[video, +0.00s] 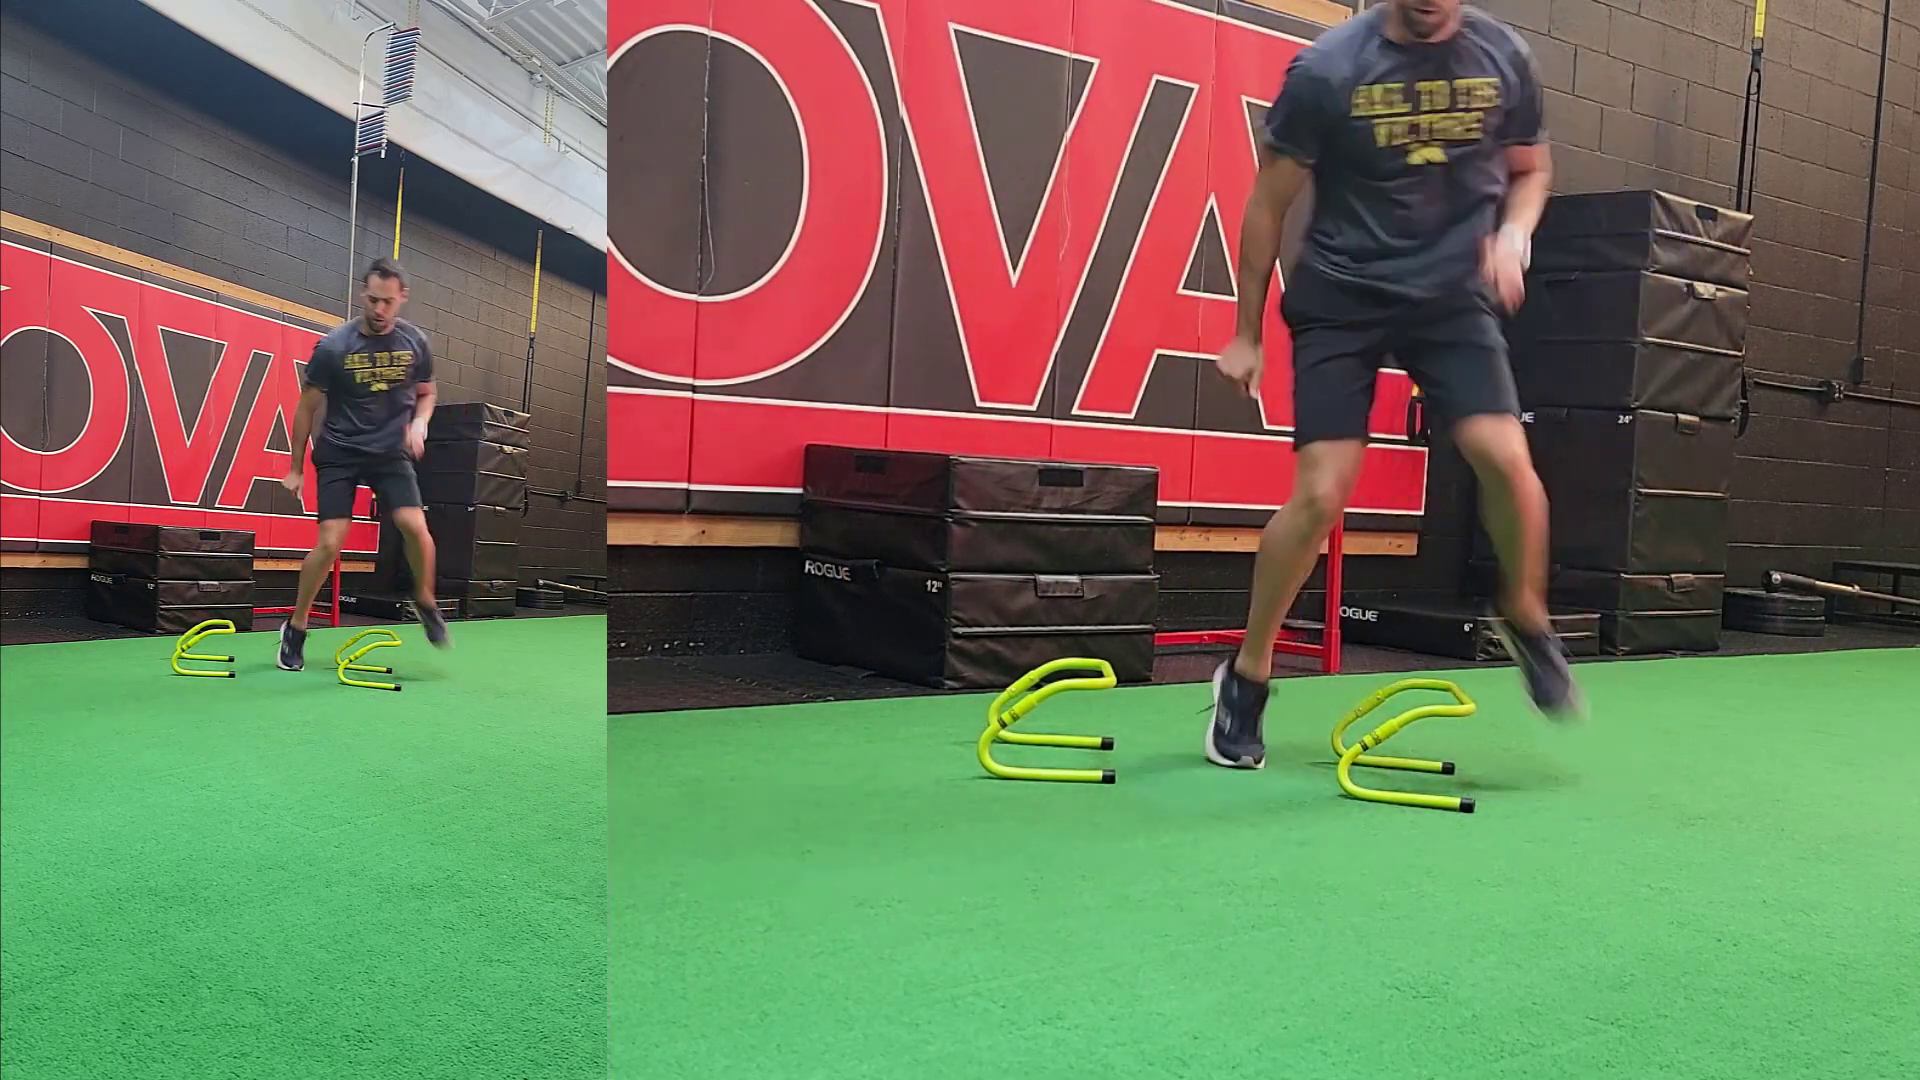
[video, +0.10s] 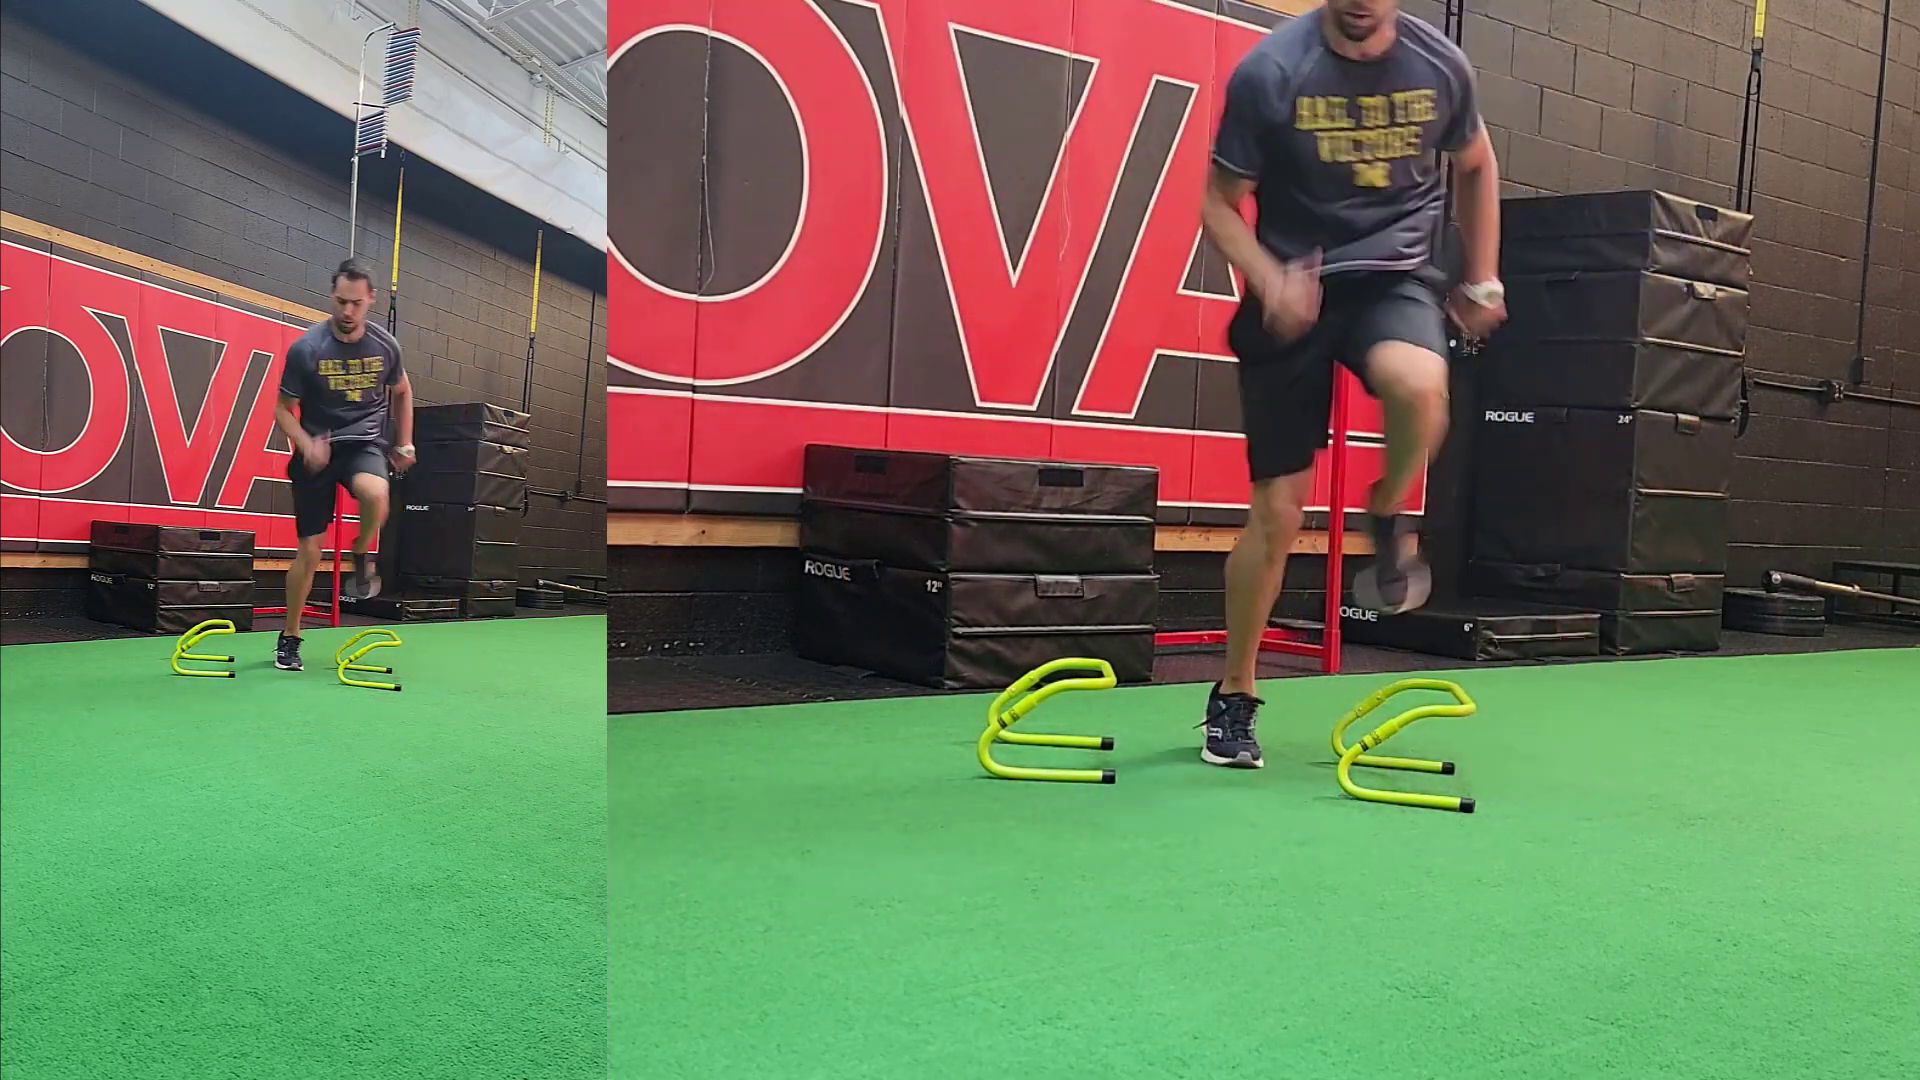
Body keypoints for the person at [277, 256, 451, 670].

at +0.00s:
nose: (379, 310)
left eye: (388, 301)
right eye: (373, 299)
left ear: (402, 300)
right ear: (361, 295)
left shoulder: (415, 342)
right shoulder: (333, 347)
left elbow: (426, 393)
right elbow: (307, 407)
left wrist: (418, 424)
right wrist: (295, 468)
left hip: (391, 452)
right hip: (339, 452)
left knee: (415, 526)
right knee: (330, 544)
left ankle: (425, 601)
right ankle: (296, 627)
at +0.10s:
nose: (347, 311)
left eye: (355, 303)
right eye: (341, 302)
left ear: (370, 302)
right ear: (330, 299)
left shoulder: (386, 347)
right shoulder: (305, 350)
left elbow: (401, 391)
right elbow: (283, 409)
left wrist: (404, 443)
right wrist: (304, 443)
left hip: (364, 445)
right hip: (316, 446)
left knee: (375, 494)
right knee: (309, 550)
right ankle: (290, 635)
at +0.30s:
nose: (296, 306)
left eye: (305, 298)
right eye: (290, 296)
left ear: (321, 295)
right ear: (281, 289)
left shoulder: (339, 343)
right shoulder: (255, 335)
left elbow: (350, 399)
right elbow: (237, 388)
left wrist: (345, 453)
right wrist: (235, 429)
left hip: (310, 448)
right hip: (262, 444)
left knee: (301, 540)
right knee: (247, 502)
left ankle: (308, 639)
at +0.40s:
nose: (269, 311)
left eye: (278, 303)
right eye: (263, 301)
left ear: (296, 298)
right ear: (255, 296)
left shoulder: (316, 348)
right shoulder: (233, 340)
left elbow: (332, 405)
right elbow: (213, 389)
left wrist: (327, 465)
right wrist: (210, 421)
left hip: (288, 458)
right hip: (239, 445)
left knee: (290, 549)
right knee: (207, 495)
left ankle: (304, 643)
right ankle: (211, 537)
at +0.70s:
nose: (176, 362)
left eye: (185, 354)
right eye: (170, 351)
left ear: (203, 345)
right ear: (162, 340)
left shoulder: (228, 392)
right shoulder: (146, 375)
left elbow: (221, 465)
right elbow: (135, 413)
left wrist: (175, 427)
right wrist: (133, 435)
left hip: (206, 476)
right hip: (158, 472)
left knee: (192, 525)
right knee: (135, 545)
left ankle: (170, 553)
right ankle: (112, 635)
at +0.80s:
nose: (153, 372)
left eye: (162, 364)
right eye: (147, 363)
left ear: (182, 353)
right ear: (140, 352)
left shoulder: (209, 397)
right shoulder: (130, 380)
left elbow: (198, 471)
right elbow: (132, 428)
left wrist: (151, 430)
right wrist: (135, 429)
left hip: (195, 482)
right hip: (148, 472)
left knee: (168, 538)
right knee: (126, 542)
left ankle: (153, 571)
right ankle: (112, 634)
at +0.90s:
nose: (147, 376)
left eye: (155, 368)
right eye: (140, 367)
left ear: (175, 357)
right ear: (131, 355)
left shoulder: (202, 399)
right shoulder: (124, 382)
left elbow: (189, 472)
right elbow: (124, 424)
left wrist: (145, 429)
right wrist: (126, 433)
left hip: (190, 485)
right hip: (143, 474)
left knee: (161, 541)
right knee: (122, 544)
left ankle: (145, 571)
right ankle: (111, 636)